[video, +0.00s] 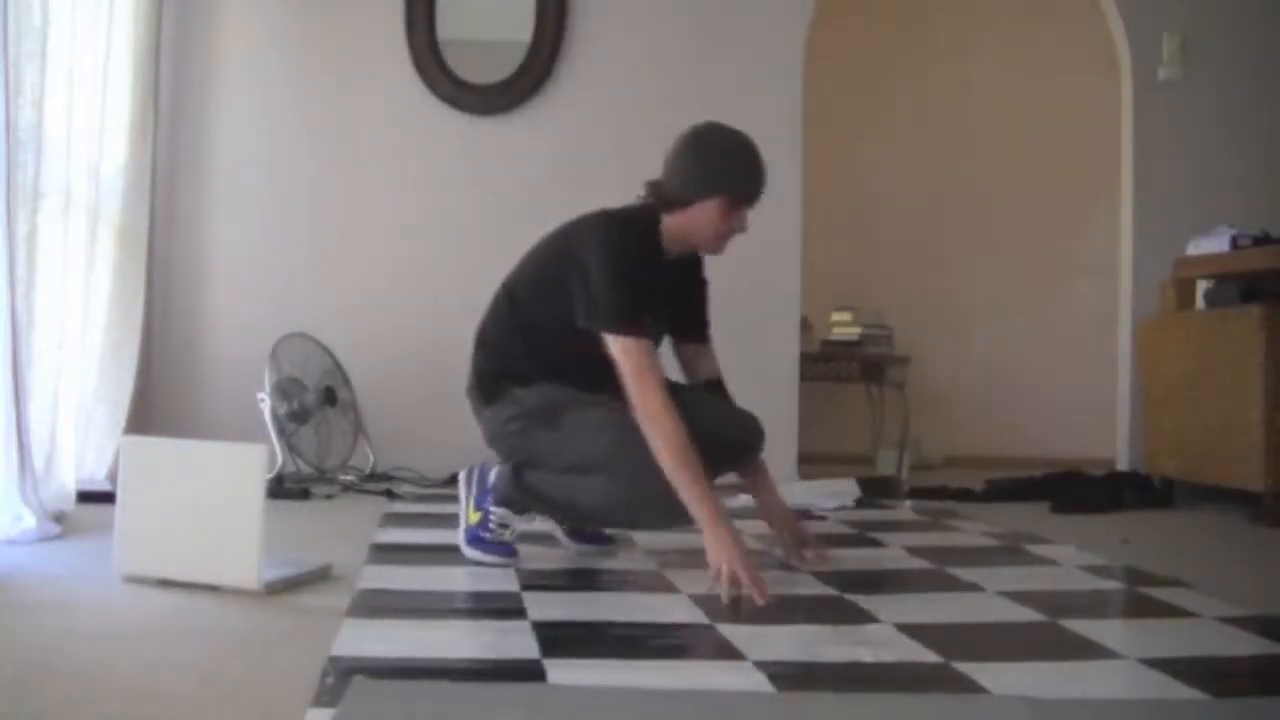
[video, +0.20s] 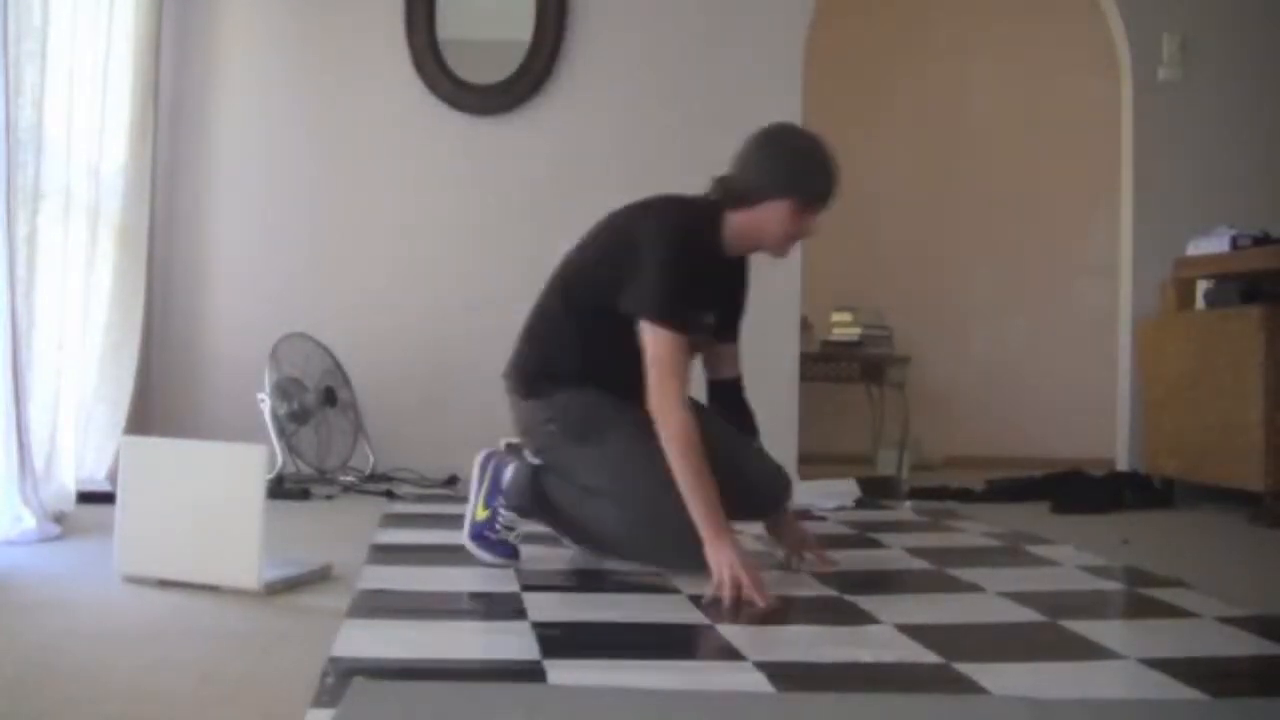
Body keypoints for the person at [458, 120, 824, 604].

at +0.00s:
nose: (743, 225)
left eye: (746, 210)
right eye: (736, 208)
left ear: (706, 203)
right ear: (701, 198)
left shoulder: (681, 262)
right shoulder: (614, 249)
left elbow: (707, 383)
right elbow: (648, 400)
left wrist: (767, 498)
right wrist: (715, 527)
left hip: (595, 401)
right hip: (520, 407)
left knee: (732, 433)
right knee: (668, 495)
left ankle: (572, 496)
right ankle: (503, 486)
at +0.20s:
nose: (808, 229)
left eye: (813, 215)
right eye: (804, 212)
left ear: (767, 200)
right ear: (770, 199)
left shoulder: (728, 260)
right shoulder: (669, 238)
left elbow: (726, 392)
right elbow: (667, 406)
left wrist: (776, 511)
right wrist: (718, 543)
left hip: (630, 402)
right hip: (559, 405)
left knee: (763, 490)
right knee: (682, 547)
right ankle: (515, 483)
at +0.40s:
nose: (873, 221)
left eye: (878, 206)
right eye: (871, 201)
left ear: (830, 188)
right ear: (835, 186)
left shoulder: (772, 251)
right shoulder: (734, 226)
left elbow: (748, 389)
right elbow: (698, 398)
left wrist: (776, 511)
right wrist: (719, 538)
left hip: (660, 397)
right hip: (592, 396)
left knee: (766, 538)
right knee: (688, 560)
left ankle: (594, 478)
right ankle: (535, 482)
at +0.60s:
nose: (926, 230)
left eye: (934, 215)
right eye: (925, 210)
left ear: (891, 194)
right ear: (889, 191)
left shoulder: (820, 245)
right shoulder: (798, 227)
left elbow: (764, 383)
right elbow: (720, 378)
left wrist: (776, 513)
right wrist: (750, 524)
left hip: (670, 378)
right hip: (622, 376)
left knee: (719, 544)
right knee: (707, 565)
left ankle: (566, 479)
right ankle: (544, 479)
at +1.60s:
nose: (858, 230)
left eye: (867, 218)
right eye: (862, 212)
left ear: (829, 193)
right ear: (832, 193)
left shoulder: (763, 244)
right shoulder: (743, 225)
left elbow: (729, 401)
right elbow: (742, 396)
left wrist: (782, 521)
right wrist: (785, 538)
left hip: (594, 385)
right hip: (560, 379)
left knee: (679, 541)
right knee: (641, 576)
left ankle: (505, 482)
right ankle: (474, 490)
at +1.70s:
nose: (837, 215)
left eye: (843, 200)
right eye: (838, 197)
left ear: (801, 179)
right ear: (809, 182)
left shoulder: (733, 228)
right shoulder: (725, 221)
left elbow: (714, 392)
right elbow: (734, 391)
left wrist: (774, 510)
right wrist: (786, 527)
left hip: (584, 392)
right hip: (551, 388)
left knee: (680, 542)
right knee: (643, 574)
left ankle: (515, 479)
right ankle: (471, 494)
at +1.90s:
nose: (794, 183)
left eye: (798, 166)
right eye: (793, 164)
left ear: (751, 150)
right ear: (763, 153)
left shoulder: (697, 210)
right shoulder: (691, 211)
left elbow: (697, 377)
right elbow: (696, 380)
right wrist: (752, 484)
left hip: (578, 405)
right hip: (537, 404)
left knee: (679, 541)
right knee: (638, 571)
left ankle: (493, 478)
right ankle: (472, 495)